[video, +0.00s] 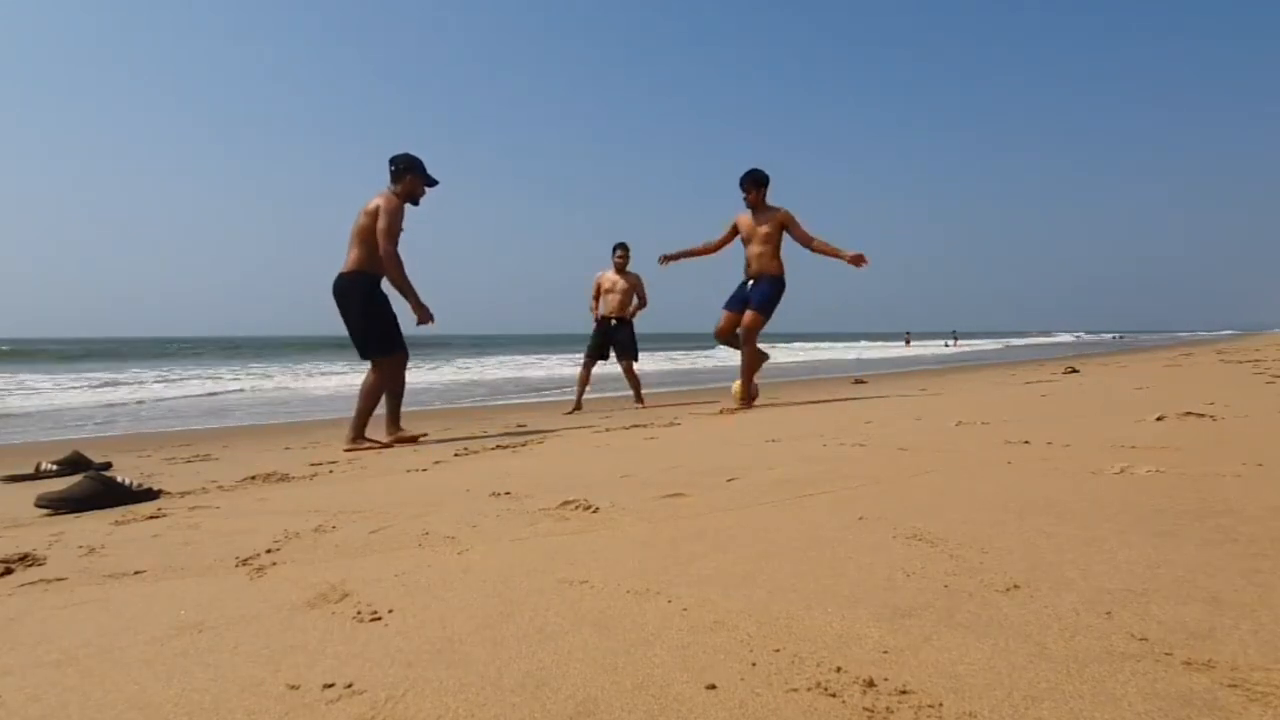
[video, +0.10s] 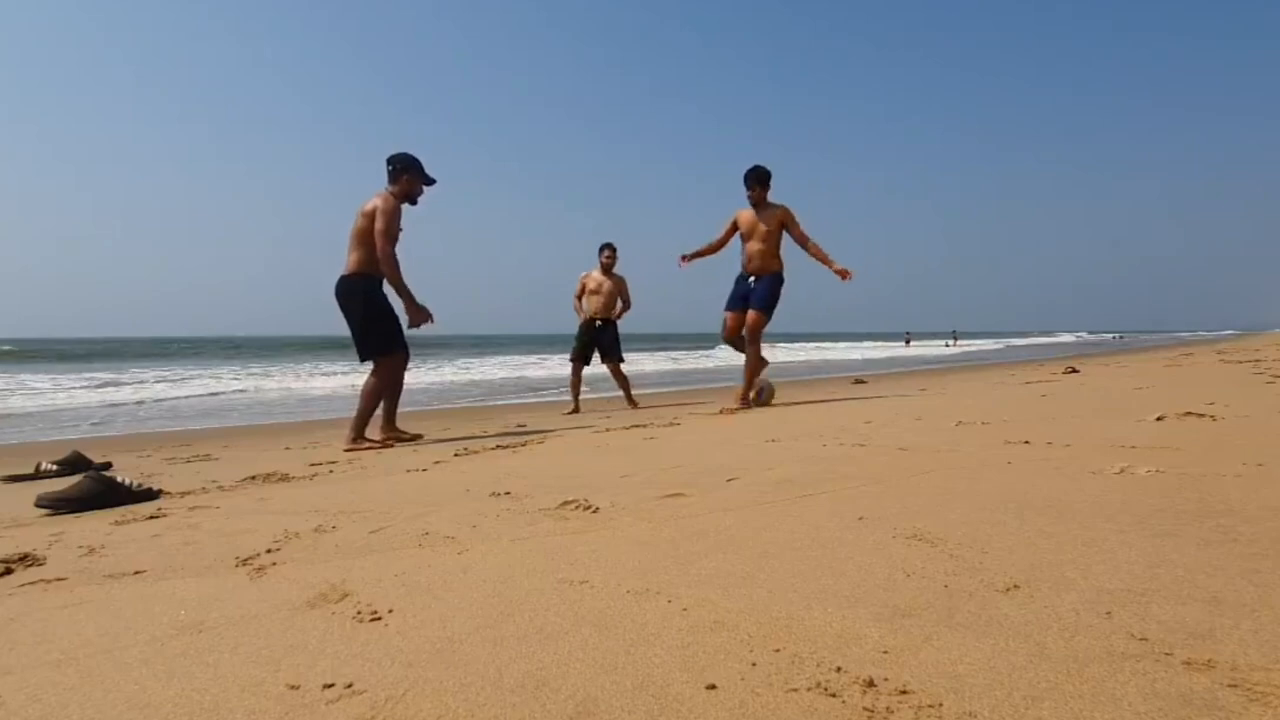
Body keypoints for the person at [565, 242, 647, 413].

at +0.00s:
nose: (621, 260)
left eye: (624, 257)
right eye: (618, 257)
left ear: (628, 259)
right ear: (612, 258)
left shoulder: (633, 279)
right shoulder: (602, 277)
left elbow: (642, 301)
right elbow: (595, 297)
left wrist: (632, 312)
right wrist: (595, 312)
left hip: (623, 322)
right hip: (603, 321)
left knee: (627, 365)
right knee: (588, 362)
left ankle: (639, 399)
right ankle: (577, 402)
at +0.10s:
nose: (609, 261)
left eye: (612, 258)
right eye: (606, 257)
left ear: (616, 259)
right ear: (599, 258)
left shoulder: (619, 281)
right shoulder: (586, 278)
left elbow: (626, 303)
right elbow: (577, 297)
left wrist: (618, 314)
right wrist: (581, 314)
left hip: (607, 323)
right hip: (588, 322)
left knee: (613, 365)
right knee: (576, 364)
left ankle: (630, 399)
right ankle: (575, 404)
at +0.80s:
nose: (559, 253)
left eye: (561, 250)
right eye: (556, 250)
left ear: (562, 252)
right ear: (546, 250)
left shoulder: (564, 274)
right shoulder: (533, 271)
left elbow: (566, 297)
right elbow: (521, 296)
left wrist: (569, 313)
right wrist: (529, 311)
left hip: (557, 320)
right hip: (538, 320)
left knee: (563, 365)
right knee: (531, 367)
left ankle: (564, 403)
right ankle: (529, 407)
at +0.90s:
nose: (555, 252)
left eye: (557, 249)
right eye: (551, 248)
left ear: (558, 251)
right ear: (541, 249)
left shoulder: (560, 273)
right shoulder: (530, 271)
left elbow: (562, 294)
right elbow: (518, 295)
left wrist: (567, 309)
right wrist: (529, 310)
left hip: (556, 321)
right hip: (536, 321)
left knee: (563, 365)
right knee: (531, 367)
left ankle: (561, 401)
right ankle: (529, 406)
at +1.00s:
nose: (553, 252)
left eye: (555, 248)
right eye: (549, 248)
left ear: (556, 250)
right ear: (539, 249)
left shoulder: (558, 271)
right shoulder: (529, 270)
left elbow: (560, 295)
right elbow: (519, 296)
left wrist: (570, 314)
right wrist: (533, 311)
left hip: (556, 321)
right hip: (535, 321)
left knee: (563, 363)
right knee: (531, 366)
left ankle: (562, 403)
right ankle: (529, 407)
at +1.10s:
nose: (552, 251)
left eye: (554, 248)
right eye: (548, 247)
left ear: (555, 250)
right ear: (538, 249)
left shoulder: (558, 271)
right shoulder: (528, 271)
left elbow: (561, 297)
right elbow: (522, 298)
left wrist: (571, 319)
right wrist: (540, 310)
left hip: (557, 321)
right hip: (536, 322)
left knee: (567, 363)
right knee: (531, 367)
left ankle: (568, 404)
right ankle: (529, 408)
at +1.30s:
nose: (561, 252)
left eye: (563, 248)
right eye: (556, 248)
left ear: (565, 250)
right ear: (547, 250)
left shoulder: (567, 272)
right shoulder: (538, 271)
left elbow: (571, 300)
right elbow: (530, 298)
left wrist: (579, 323)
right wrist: (552, 313)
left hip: (564, 322)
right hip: (544, 322)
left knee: (580, 360)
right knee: (536, 369)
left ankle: (587, 403)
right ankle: (530, 409)